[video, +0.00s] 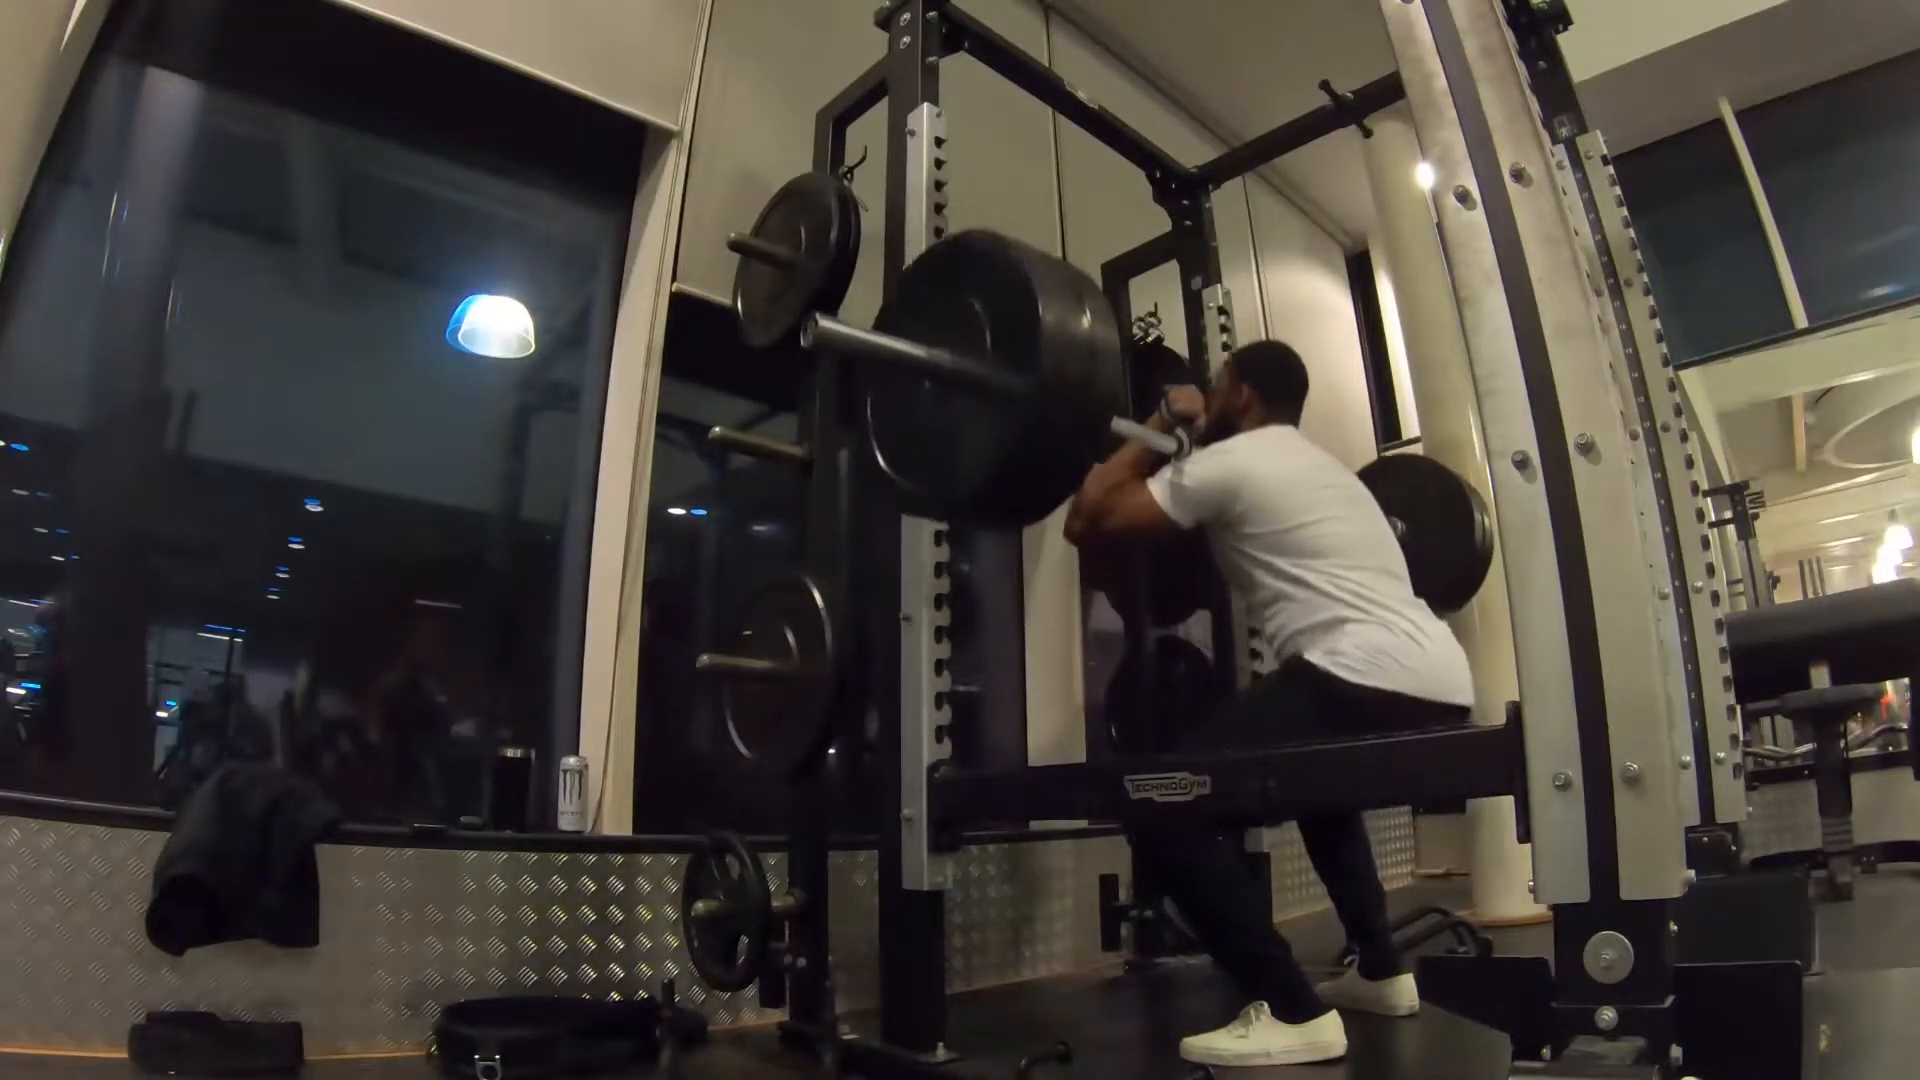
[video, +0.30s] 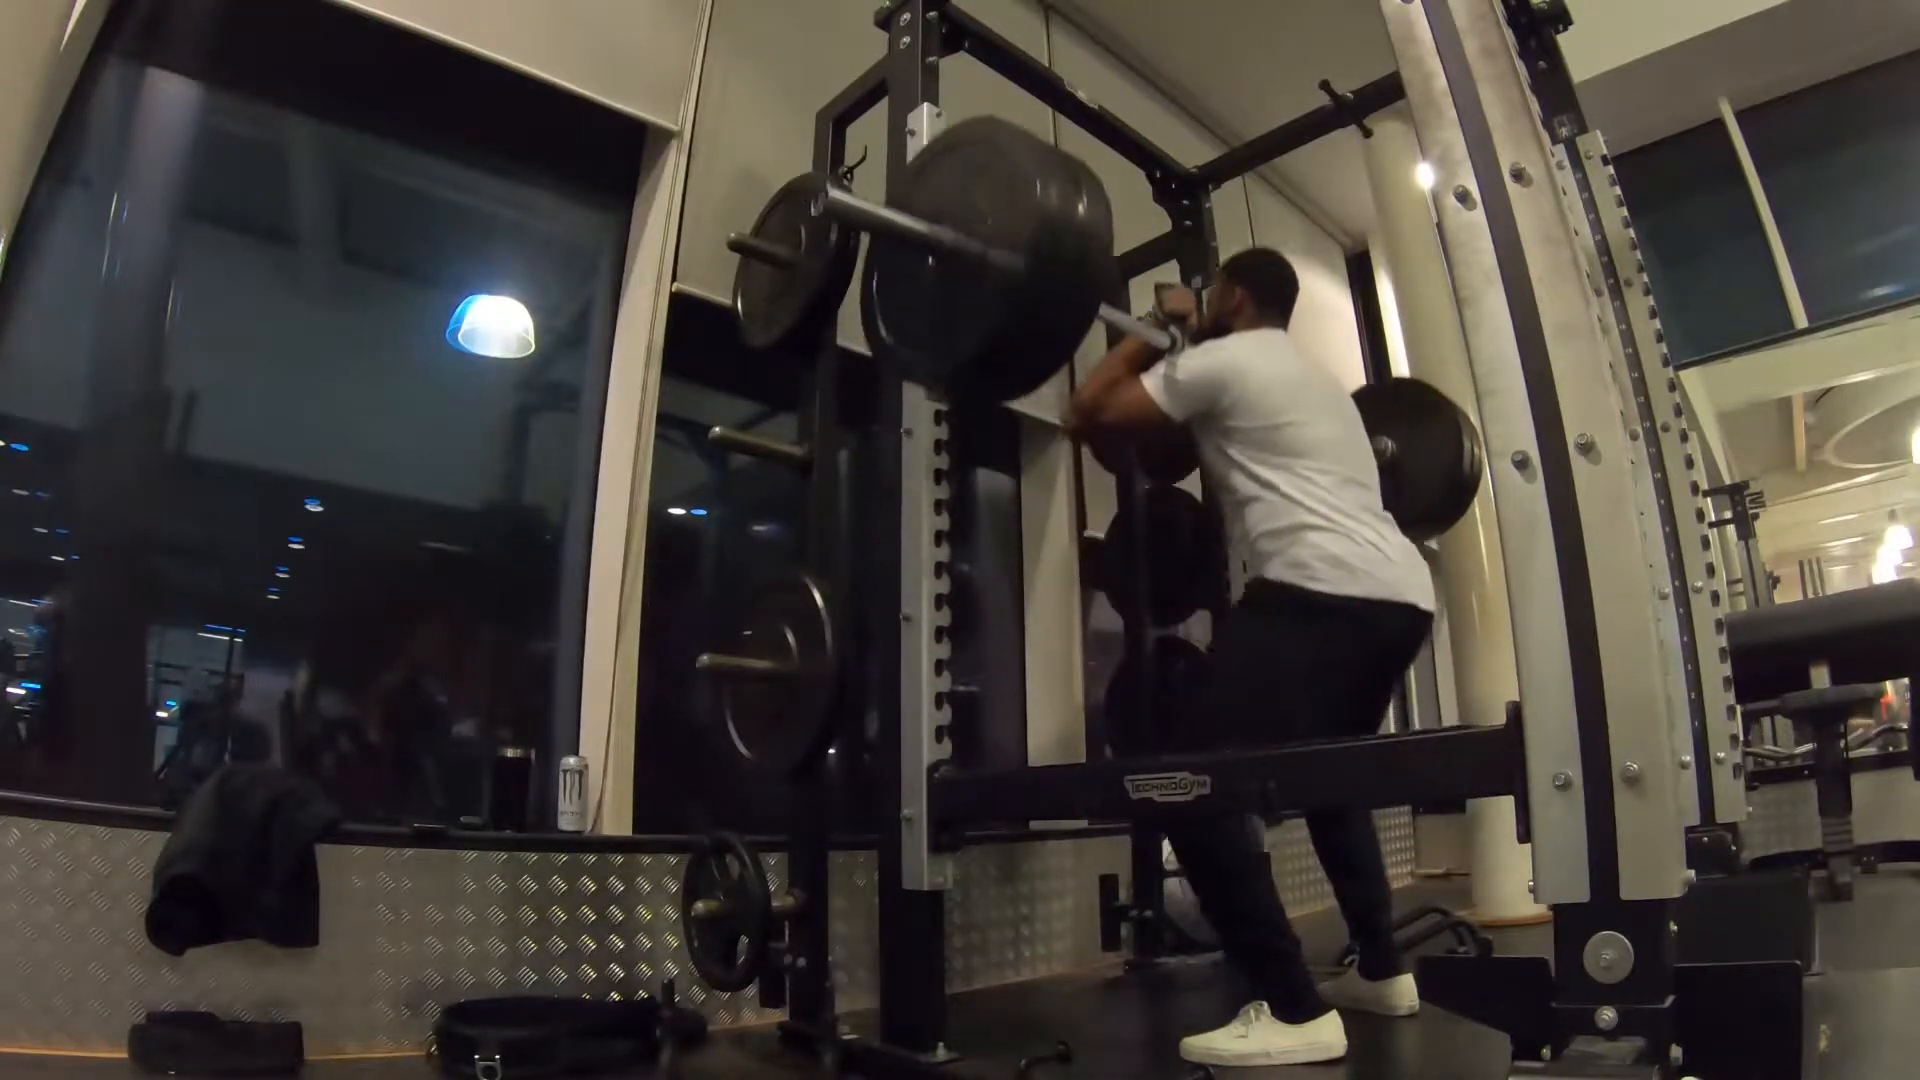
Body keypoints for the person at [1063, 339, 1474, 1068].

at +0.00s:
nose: (1212, 401)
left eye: (1219, 389)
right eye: (1215, 388)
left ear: (1243, 395)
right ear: (1290, 402)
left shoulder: (1232, 464)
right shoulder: (1325, 464)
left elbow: (1089, 514)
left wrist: (1153, 434)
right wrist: (1200, 431)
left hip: (1352, 681)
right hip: (1443, 692)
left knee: (1167, 800)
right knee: (1315, 782)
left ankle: (1291, 1012)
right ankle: (1383, 970)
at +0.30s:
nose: (1204, 306)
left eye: (1212, 293)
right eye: (1209, 294)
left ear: (1235, 296)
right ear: (1281, 306)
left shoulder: (1227, 364)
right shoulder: (1311, 374)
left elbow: (1091, 407)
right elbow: (1167, 457)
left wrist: (1156, 333)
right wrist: (1166, 350)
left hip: (1310, 596)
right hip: (1398, 599)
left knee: (1192, 785)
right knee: (1325, 773)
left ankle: (1291, 1010)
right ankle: (1383, 970)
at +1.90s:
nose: (1218, 416)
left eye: (1226, 405)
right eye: (1220, 405)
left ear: (1252, 412)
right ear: (1297, 417)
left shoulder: (1247, 482)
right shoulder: (1337, 478)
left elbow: (1105, 525)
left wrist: (1169, 446)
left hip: (1374, 698)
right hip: (1462, 705)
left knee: (1177, 796)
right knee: (1315, 784)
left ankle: (1294, 1013)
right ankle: (1382, 970)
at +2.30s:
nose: (1223, 516)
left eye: (1229, 505)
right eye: (1225, 506)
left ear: (1256, 512)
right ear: (1311, 513)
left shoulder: (1251, 590)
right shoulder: (1339, 575)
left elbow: (1125, 642)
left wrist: (1178, 546)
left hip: (1381, 838)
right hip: (1458, 838)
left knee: (1156, 825)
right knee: (1308, 784)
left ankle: (1291, 1012)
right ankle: (1381, 971)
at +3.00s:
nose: (1221, 436)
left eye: (1229, 425)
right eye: (1225, 425)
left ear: (1251, 433)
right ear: (1299, 439)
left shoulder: (1249, 506)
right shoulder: (1332, 497)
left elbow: (1114, 558)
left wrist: (1168, 467)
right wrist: (1219, 478)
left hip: (1379, 720)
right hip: (1462, 721)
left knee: (1176, 804)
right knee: (1305, 783)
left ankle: (1293, 1013)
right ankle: (1381, 969)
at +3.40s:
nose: (1221, 328)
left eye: (1230, 314)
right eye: (1224, 315)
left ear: (1256, 320)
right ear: (1299, 328)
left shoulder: (1250, 388)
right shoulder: (1333, 394)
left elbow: (1106, 441)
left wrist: (1175, 359)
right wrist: (1209, 359)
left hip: (1344, 625)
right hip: (1426, 635)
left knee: (1182, 783)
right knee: (1322, 771)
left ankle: (1293, 1011)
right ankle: (1382, 970)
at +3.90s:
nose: (1231, 239)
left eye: (1237, 228)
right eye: (1234, 230)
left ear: (1255, 229)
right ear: (1308, 239)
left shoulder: (1238, 294)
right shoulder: (1332, 307)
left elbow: (1099, 318)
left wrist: (1172, 249)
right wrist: (1208, 262)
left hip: (1291, 541)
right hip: (1377, 543)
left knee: (1270, 768)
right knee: (1350, 759)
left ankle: (1296, 1009)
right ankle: (1385, 971)